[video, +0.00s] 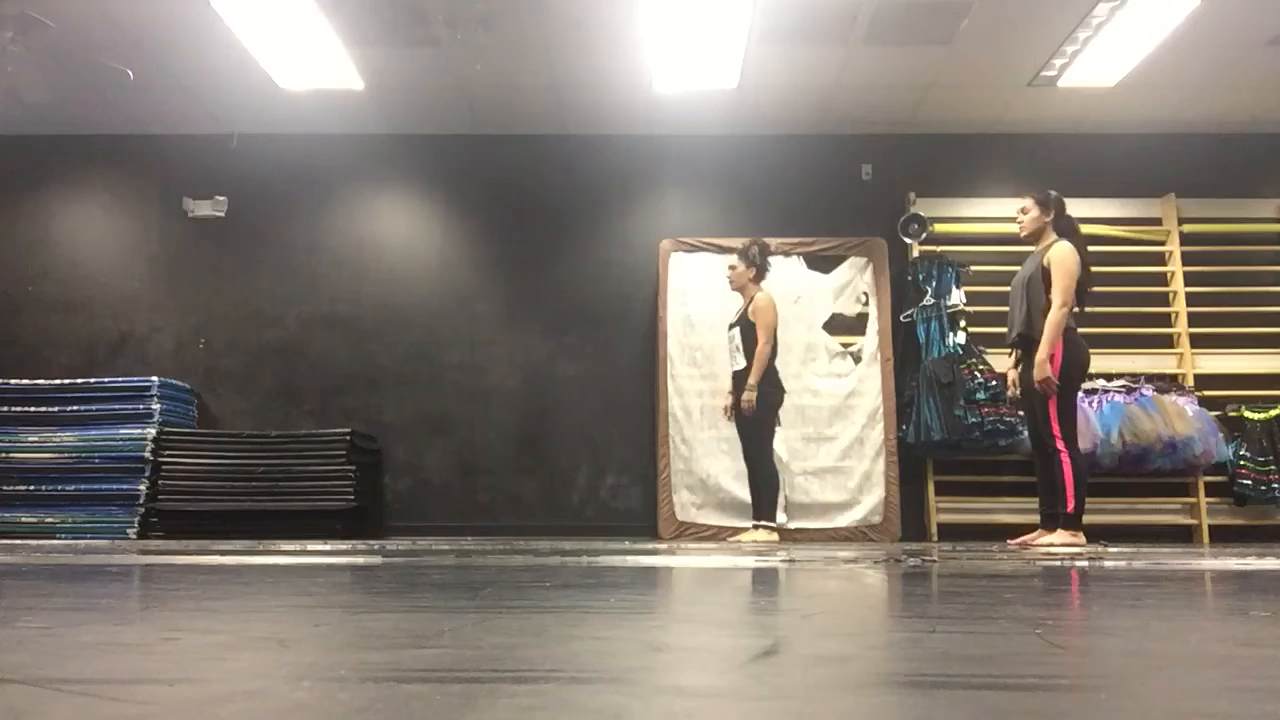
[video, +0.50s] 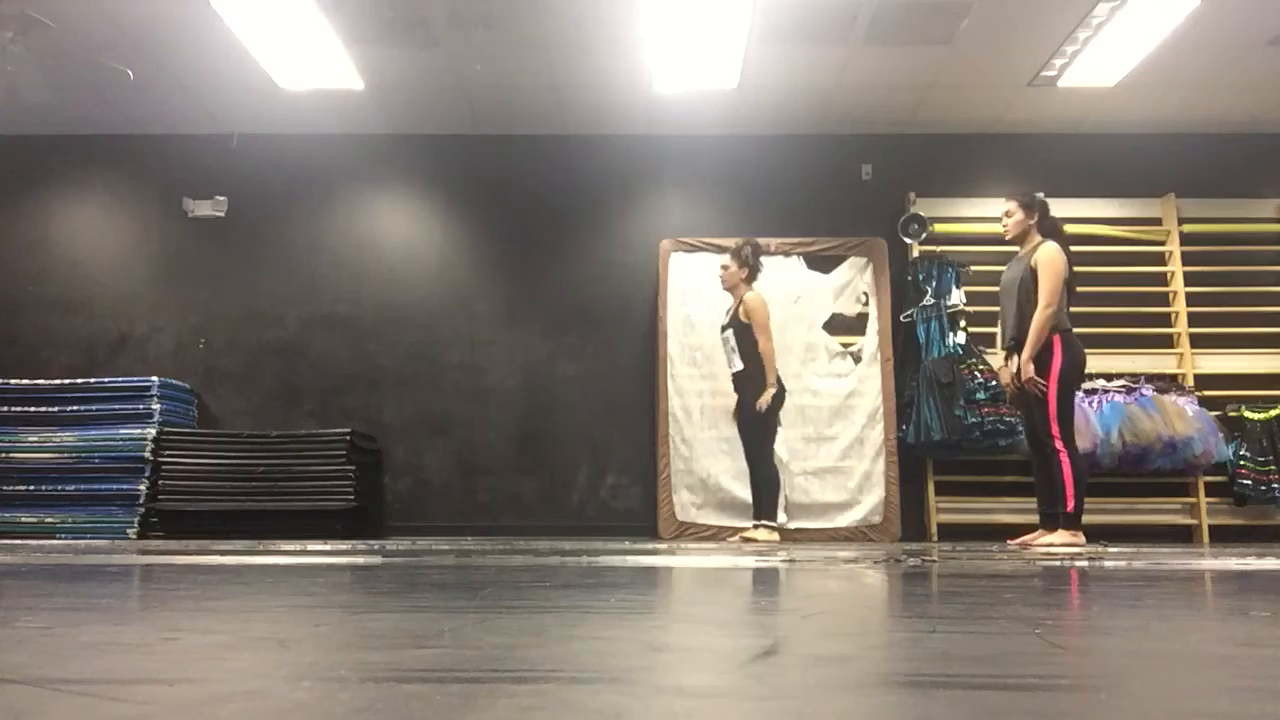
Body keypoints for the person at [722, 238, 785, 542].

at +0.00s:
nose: (729, 273)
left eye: (734, 268)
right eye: (729, 267)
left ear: (752, 271)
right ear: (742, 272)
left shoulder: (762, 300)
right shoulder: (746, 305)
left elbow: (765, 345)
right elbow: (740, 356)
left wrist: (751, 386)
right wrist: (733, 393)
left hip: (762, 386)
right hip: (746, 387)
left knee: (760, 455)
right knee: (753, 456)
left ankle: (767, 524)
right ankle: (759, 522)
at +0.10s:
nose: (728, 273)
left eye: (734, 268)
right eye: (728, 268)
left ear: (751, 271)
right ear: (741, 272)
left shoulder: (761, 300)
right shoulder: (745, 305)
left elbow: (766, 344)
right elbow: (741, 355)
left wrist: (752, 385)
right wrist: (733, 392)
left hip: (761, 386)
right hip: (746, 386)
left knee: (760, 455)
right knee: (752, 456)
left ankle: (767, 523)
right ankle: (760, 522)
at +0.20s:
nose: (726, 274)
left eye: (732, 268)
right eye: (726, 268)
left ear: (749, 271)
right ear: (738, 272)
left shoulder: (760, 300)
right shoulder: (743, 305)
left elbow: (767, 345)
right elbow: (741, 355)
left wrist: (754, 384)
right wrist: (734, 392)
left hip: (761, 385)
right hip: (745, 386)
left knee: (760, 455)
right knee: (752, 456)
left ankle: (767, 524)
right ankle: (759, 523)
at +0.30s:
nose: (724, 273)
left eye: (730, 268)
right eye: (724, 268)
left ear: (747, 272)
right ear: (735, 273)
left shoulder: (757, 300)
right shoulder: (741, 306)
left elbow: (770, 341)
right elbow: (741, 355)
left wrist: (758, 382)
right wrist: (735, 392)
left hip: (759, 383)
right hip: (744, 384)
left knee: (760, 454)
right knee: (752, 455)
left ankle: (767, 523)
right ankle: (759, 522)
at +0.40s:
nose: (722, 273)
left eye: (728, 268)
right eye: (722, 268)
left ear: (745, 272)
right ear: (733, 273)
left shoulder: (754, 299)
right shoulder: (738, 305)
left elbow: (772, 339)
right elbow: (743, 354)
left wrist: (764, 382)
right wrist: (739, 392)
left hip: (759, 386)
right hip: (744, 387)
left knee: (760, 456)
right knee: (753, 457)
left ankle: (767, 523)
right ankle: (759, 522)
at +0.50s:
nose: (720, 273)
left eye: (726, 268)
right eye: (721, 267)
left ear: (744, 272)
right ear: (732, 272)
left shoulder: (752, 301)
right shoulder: (735, 305)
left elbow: (765, 344)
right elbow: (741, 354)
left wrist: (770, 385)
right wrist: (740, 395)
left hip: (761, 386)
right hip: (746, 387)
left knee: (762, 456)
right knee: (754, 457)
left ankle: (769, 523)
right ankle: (760, 521)